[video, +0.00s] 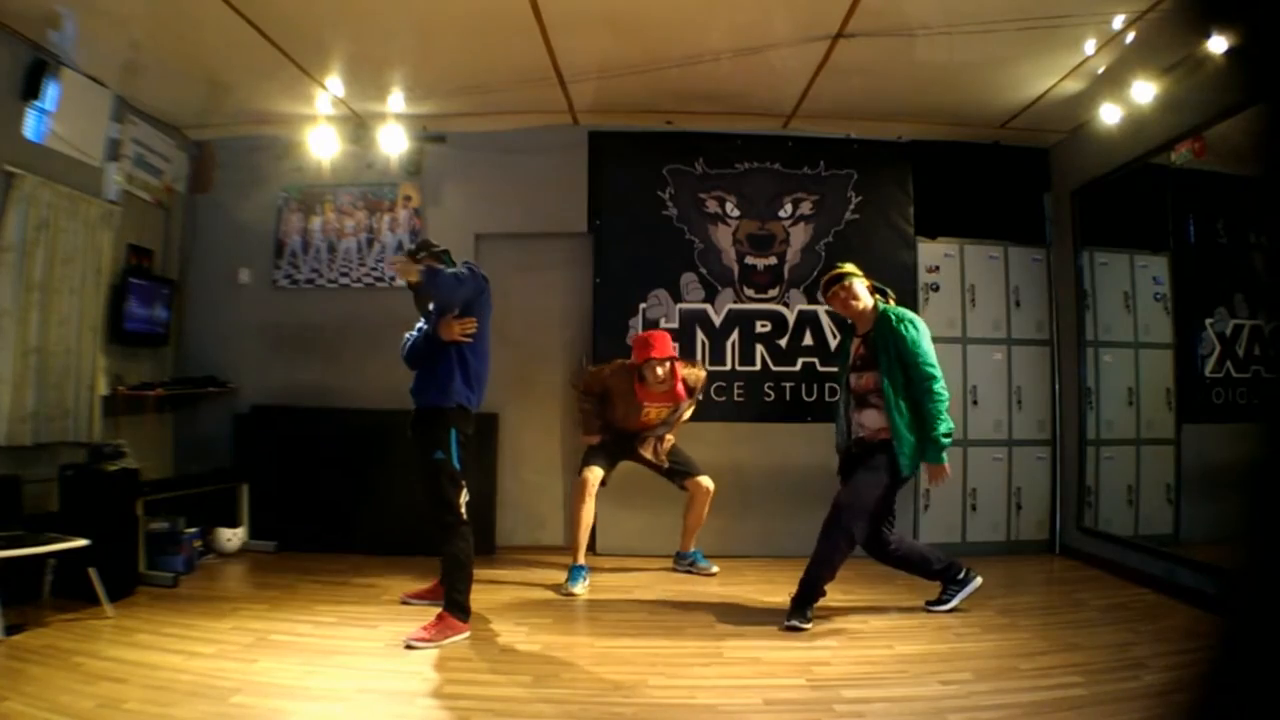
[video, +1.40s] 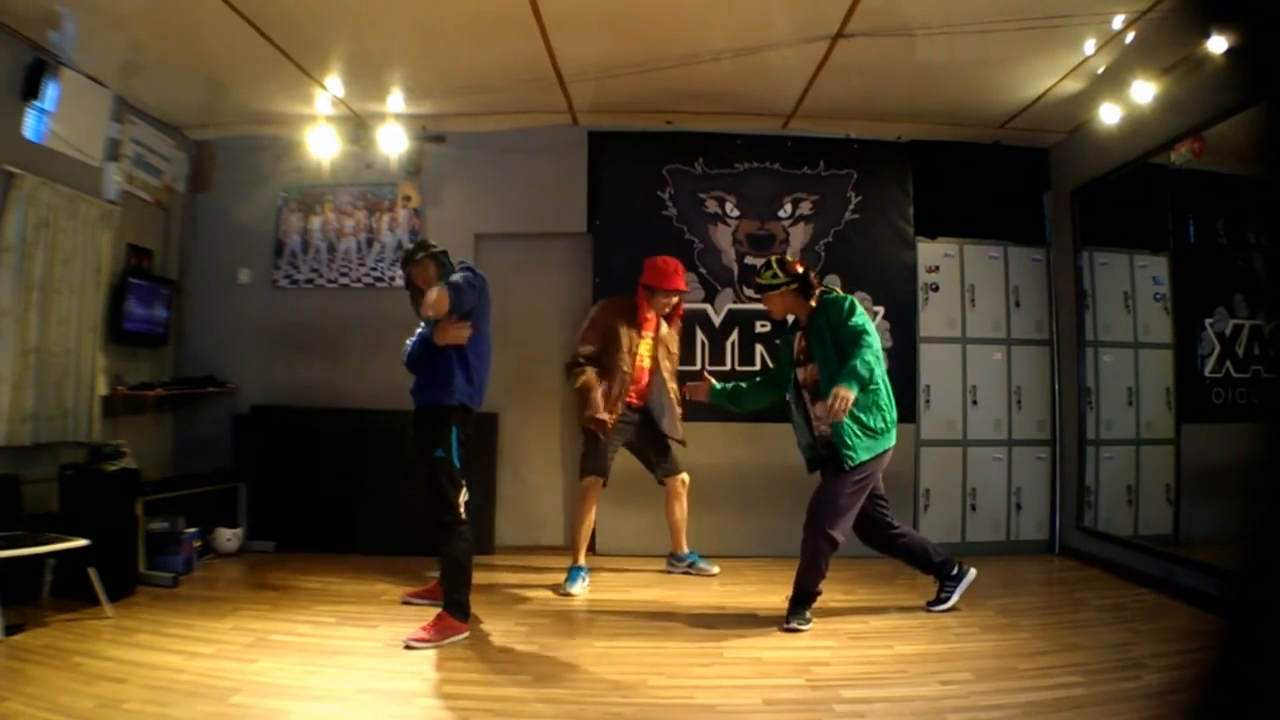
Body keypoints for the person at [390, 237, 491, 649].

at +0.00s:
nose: (410, 287)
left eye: (413, 278)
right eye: (408, 281)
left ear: (431, 265)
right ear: (427, 268)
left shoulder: (472, 279)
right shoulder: (433, 308)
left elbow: (447, 293)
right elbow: (409, 353)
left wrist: (417, 273)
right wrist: (436, 332)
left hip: (453, 407)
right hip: (431, 408)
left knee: (454, 509)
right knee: (440, 502)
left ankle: (456, 613)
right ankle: (447, 582)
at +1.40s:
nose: (418, 283)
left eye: (422, 271)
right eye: (412, 277)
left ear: (437, 262)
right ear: (411, 281)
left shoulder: (469, 280)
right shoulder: (430, 312)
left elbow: (444, 300)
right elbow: (409, 357)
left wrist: (431, 307)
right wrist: (434, 337)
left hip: (453, 409)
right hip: (431, 410)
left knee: (455, 509)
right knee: (440, 501)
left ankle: (455, 613)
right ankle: (446, 582)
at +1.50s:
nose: (415, 282)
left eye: (415, 272)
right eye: (411, 275)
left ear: (429, 263)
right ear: (426, 266)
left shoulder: (461, 285)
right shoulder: (445, 292)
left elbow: (445, 356)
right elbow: (424, 344)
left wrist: (412, 359)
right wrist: (427, 359)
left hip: (452, 413)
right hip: (435, 412)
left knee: (454, 509)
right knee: (439, 501)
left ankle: (456, 614)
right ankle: (445, 582)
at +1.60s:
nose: (413, 282)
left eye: (414, 273)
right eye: (409, 275)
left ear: (430, 264)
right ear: (419, 270)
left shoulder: (465, 289)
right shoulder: (433, 301)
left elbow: (477, 343)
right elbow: (422, 351)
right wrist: (410, 382)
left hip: (455, 415)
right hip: (429, 414)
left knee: (455, 508)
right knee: (433, 499)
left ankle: (456, 614)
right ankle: (443, 581)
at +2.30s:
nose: (470, 263)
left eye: (478, 255)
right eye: (463, 254)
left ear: (487, 257)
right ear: (447, 251)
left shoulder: (496, 302)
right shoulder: (416, 290)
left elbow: (502, 366)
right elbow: (393, 349)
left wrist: (494, 419)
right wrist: (394, 406)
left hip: (472, 413)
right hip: (427, 410)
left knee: (470, 505)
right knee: (433, 498)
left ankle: (470, 597)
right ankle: (447, 581)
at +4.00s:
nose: (440, 256)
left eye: (448, 248)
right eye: (433, 248)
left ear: (464, 248)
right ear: (423, 252)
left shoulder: (489, 288)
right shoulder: (420, 293)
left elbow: (507, 349)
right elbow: (416, 348)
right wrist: (377, 375)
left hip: (486, 404)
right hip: (443, 404)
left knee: (475, 486)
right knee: (431, 474)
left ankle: (477, 573)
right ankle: (437, 537)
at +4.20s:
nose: (430, 274)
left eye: (437, 266)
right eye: (424, 266)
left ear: (452, 267)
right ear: (416, 268)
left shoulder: (477, 294)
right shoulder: (412, 315)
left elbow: (518, 272)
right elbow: (382, 326)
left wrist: (478, 284)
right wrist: (366, 315)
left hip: (488, 421)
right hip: (445, 425)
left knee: (486, 501)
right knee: (438, 508)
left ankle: (493, 563)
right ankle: (441, 600)